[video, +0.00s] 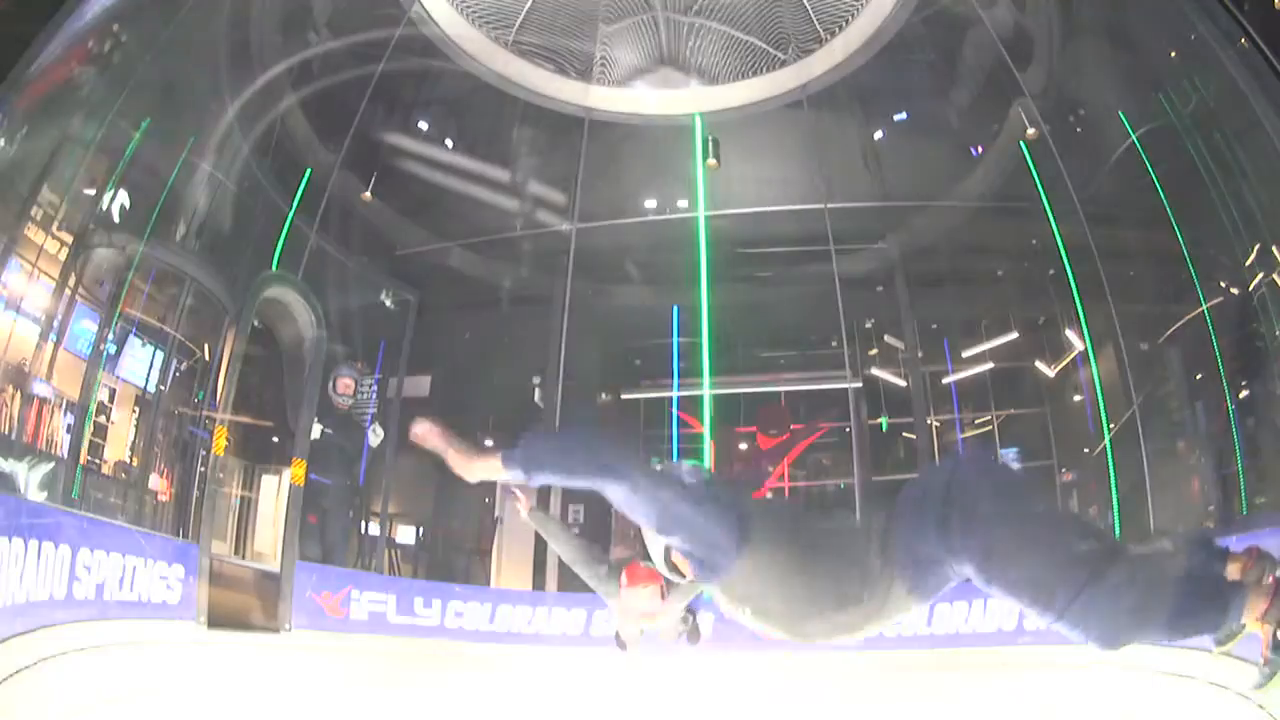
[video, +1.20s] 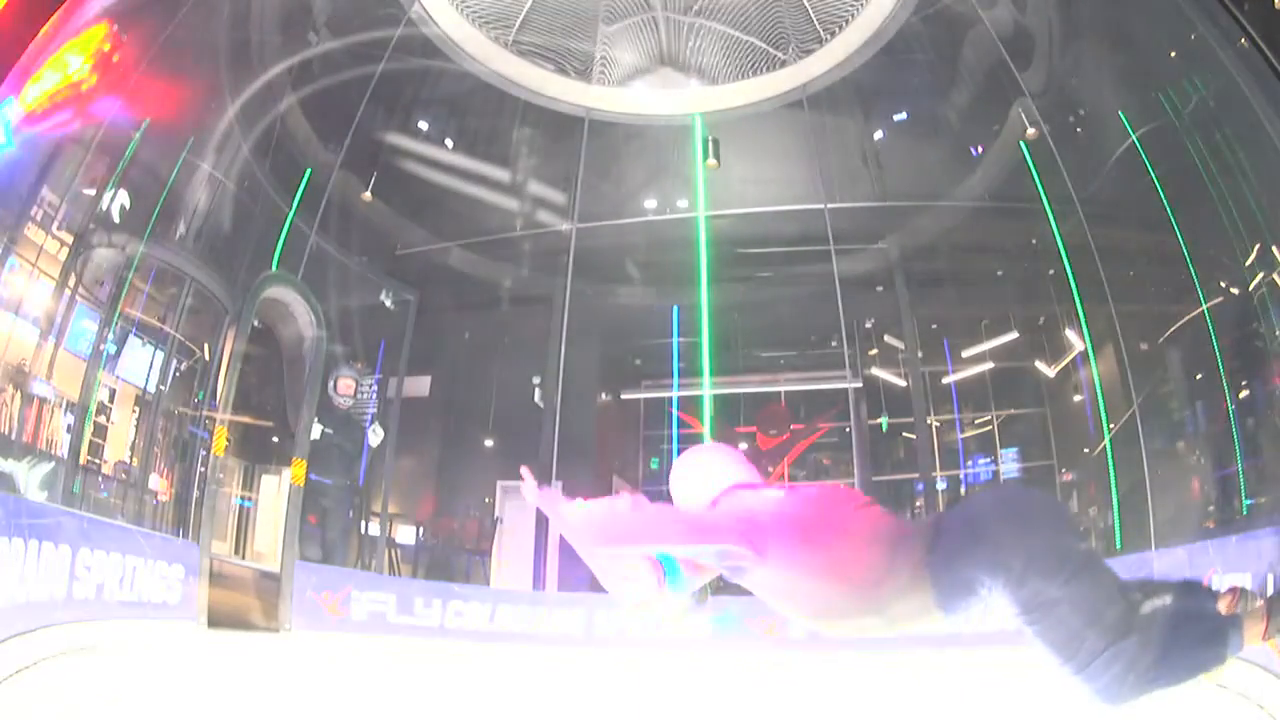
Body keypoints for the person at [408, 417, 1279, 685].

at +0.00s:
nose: (645, 590)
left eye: (634, 585)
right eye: (636, 597)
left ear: (650, 564)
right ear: (655, 595)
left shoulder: (717, 542)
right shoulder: (737, 597)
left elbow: (616, 465)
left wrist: (488, 459)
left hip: (955, 504)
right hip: (950, 539)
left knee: (1101, 604)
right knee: (1108, 585)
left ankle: (1248, 596)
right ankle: (1243, 580)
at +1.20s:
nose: (687, 516)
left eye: (688, 501)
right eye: (686, 501)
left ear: (718, 488)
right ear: (735, 477)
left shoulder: (763, 518)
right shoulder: (783, 516)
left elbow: (646, 522)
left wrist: (561, 513)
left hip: (997, 543)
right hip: (992, 533)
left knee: (1120, 669)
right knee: (1115, 614)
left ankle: (1248, 622)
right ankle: (1226, 600)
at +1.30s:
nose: (688, 519)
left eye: (688, 507)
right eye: (688, 507)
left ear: (715, 494)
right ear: (741, 474)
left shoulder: (759, 517)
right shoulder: (785, 519)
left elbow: (644, 528)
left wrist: (577, 518)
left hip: (1000, 542)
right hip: (993, 534)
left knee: (1115, 664)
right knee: (1111, 609)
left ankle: (1244, 621)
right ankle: (1228, 597)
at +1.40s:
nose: (693, 509)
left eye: (692, 497)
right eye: (693, 499)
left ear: (719, 488)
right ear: (742, 474)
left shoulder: (773, 513)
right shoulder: (792, 514)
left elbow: (664, 517)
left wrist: (594, 535)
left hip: (1005, 536)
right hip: (998, 526)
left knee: (1112, 656)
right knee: (1106, 602)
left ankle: (1236, 615)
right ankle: (1220, 595)